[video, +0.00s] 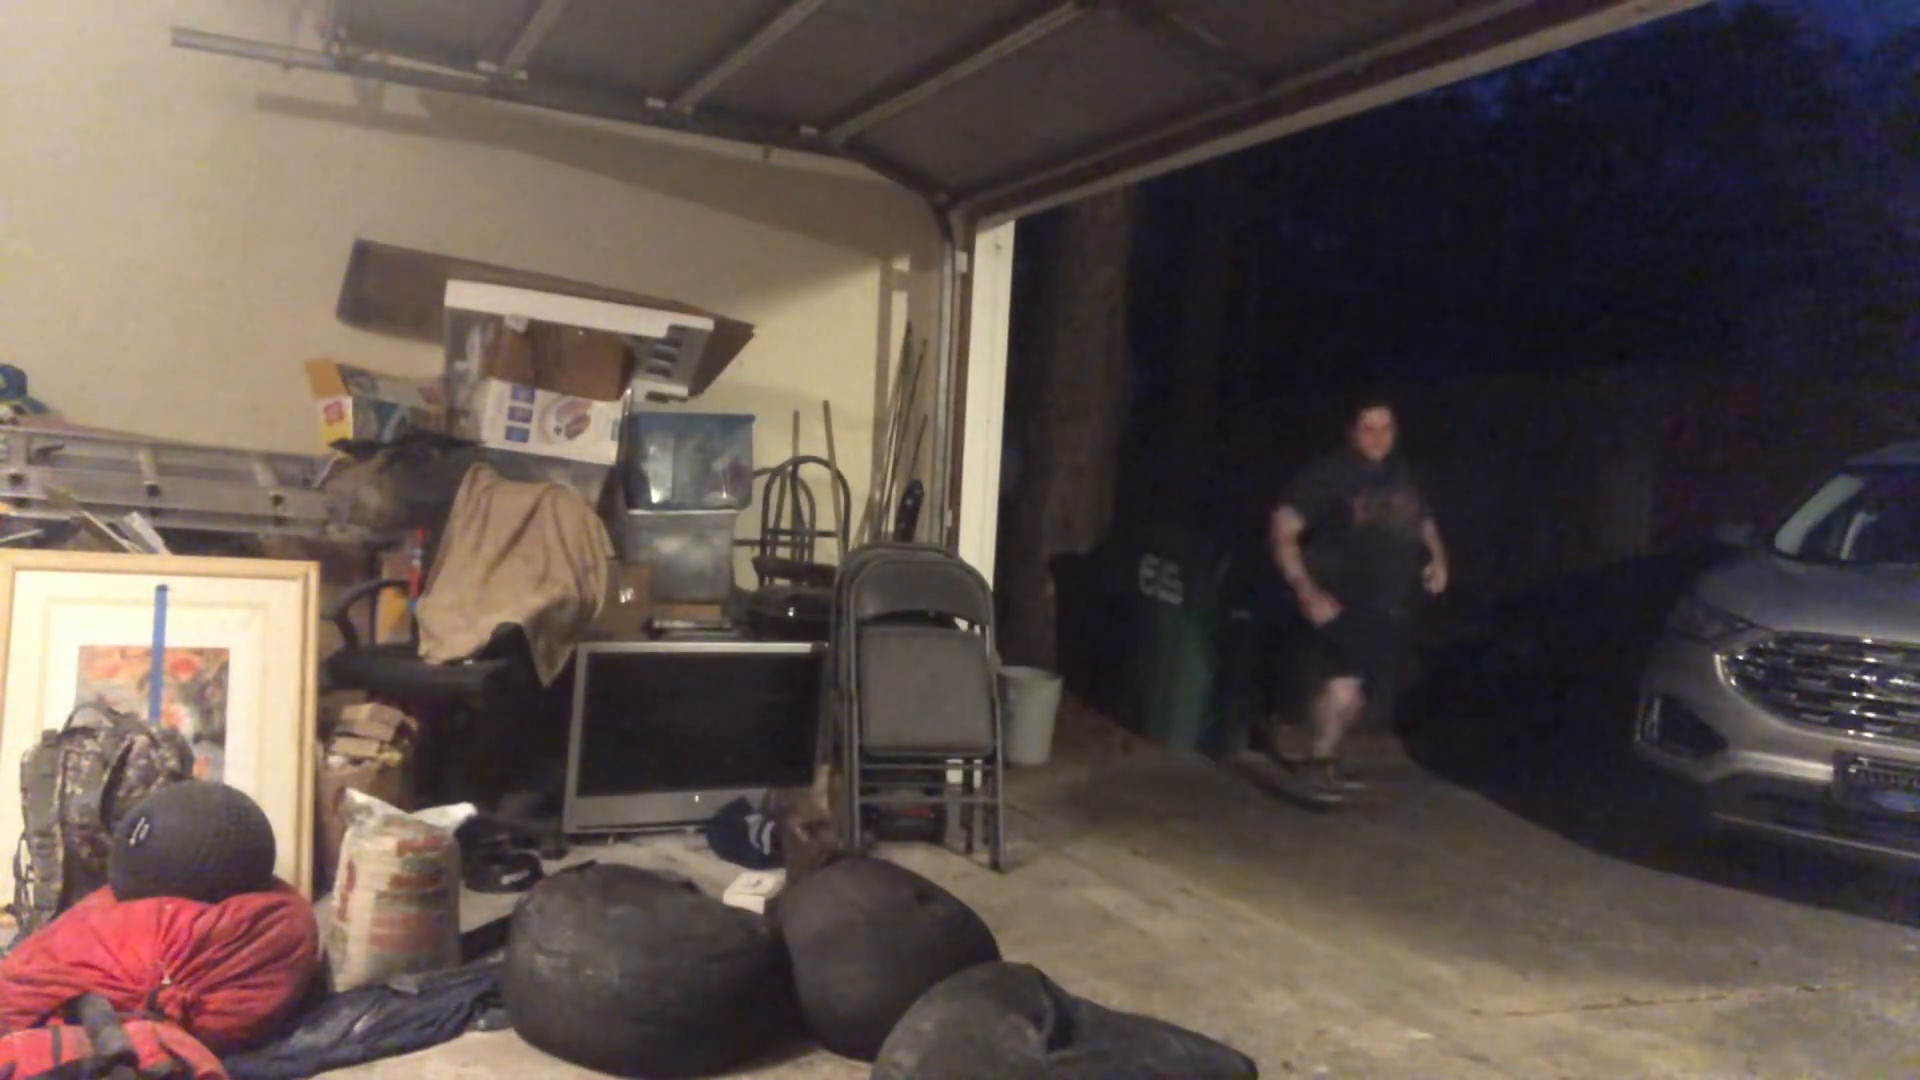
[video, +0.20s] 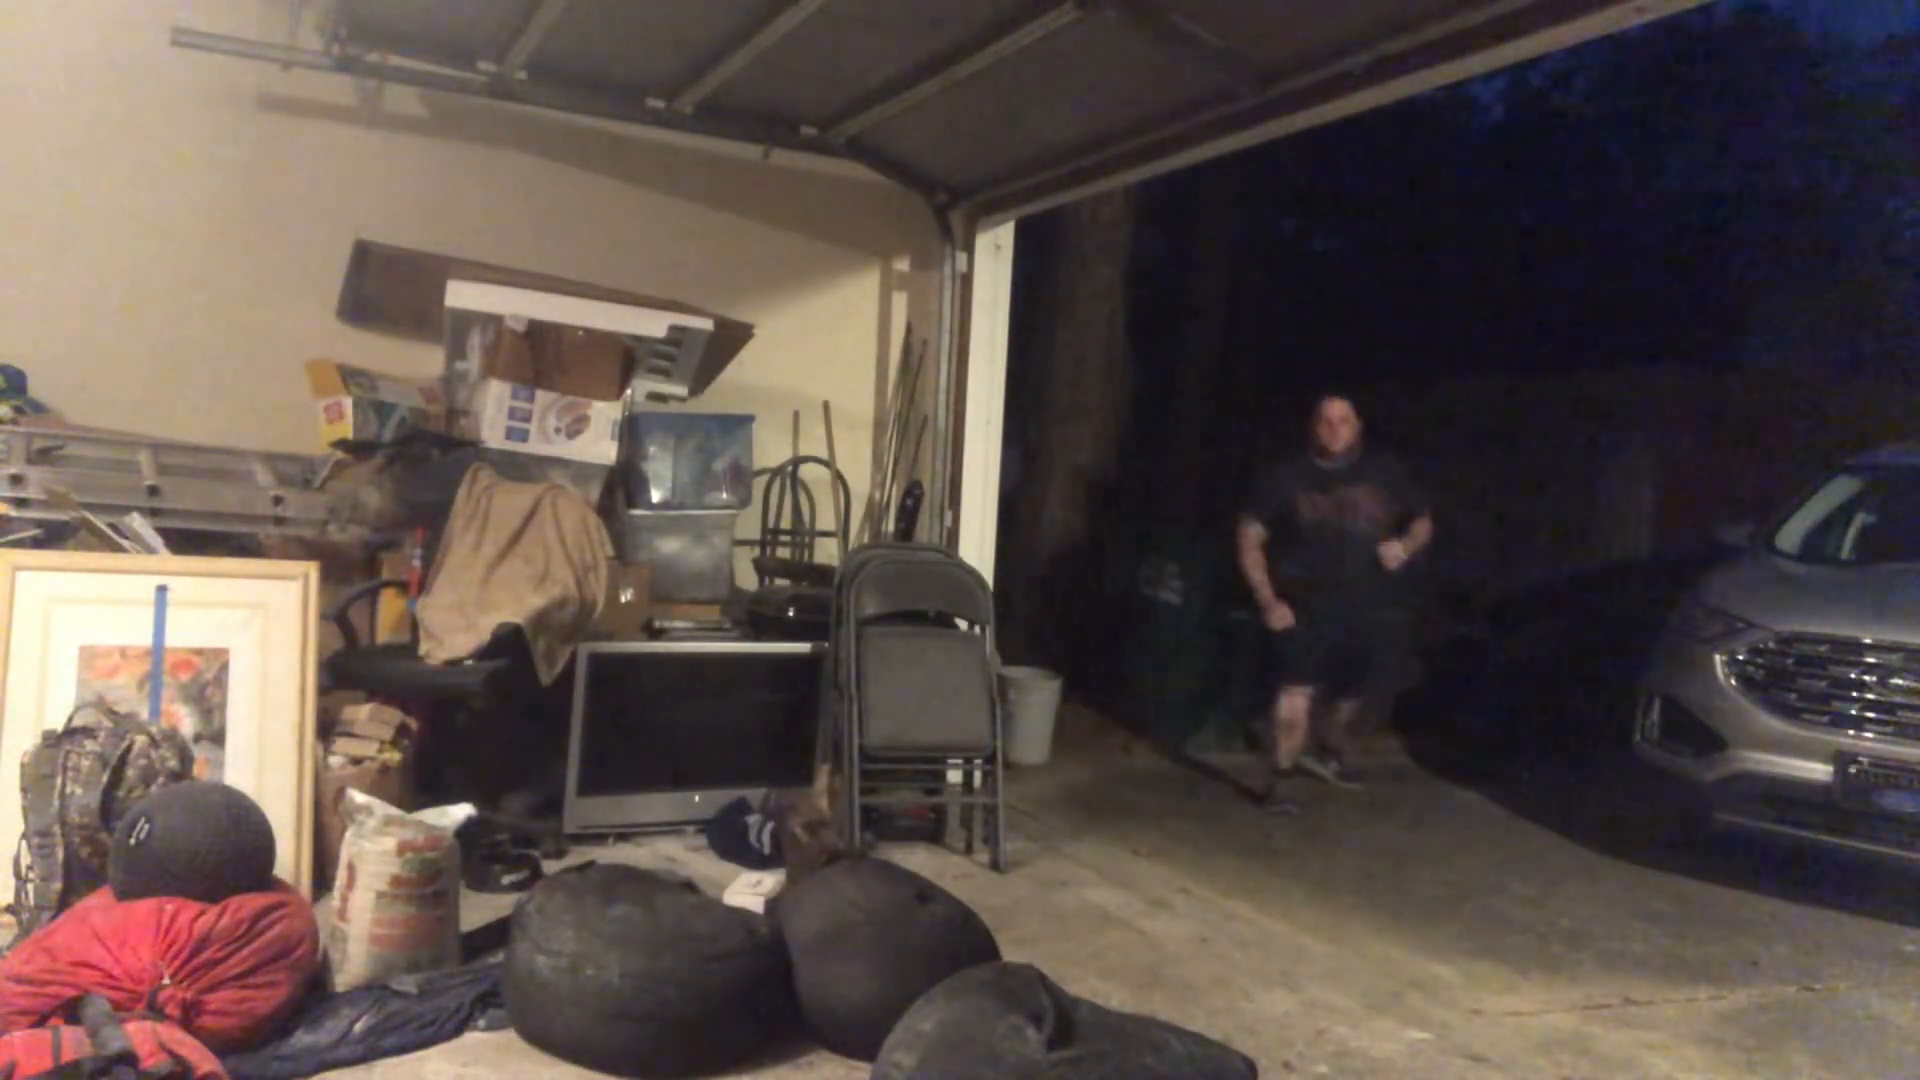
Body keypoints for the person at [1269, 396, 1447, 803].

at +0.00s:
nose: (1377, 438)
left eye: (1384, 430)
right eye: (1369, 429)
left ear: (1395, 434)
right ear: (1353, 433)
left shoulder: (1401, 478)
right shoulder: (1332, 475)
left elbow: (1423, 521)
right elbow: (1284, 529)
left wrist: (1438, 561)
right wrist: (1310, 595)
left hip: (1386, 602)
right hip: (1341, 600)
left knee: (1361, 692)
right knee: (1342, 688)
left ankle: (1329, 757)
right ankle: (1321, 762)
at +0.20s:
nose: (1336, 431)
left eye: (1344, 422)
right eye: (1327, 422)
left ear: (1359, 427)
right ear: (1314, 428)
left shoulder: (1383, 475)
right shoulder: (1290, 477)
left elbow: (1423, 522)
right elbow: (1249, 537)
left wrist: (1404, 547)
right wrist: (1270, 602)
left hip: (1363, 602)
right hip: (1305, 602)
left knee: (1354, 686)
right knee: (1296, 688)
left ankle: (1331, 750)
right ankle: (1282, 776)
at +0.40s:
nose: (1317, 399)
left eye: (1326, 390)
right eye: (1308, 391)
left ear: (1341, 395)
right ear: (1294, 397)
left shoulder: (1373, 446)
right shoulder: (1266, 449)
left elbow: (1412, 500)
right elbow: (1231, 515)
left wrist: (1384, 542)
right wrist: (1241, 580)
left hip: (1351, 588)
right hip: (1286, 588)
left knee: (1347, 687)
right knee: (1281, 688)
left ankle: (1329, 765)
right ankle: (1281, 776)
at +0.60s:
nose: (1303, 415)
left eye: (1314, 405)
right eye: (1294, 405)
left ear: (1332, 410)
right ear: (1280, 410)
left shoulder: (1360, 463)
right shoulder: (1251, 462)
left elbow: (1404, 523)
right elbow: (1208, 518)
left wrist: (1391, 585)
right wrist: (1220, 570)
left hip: (1331, 596)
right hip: (1269, 596)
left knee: (1318, 692)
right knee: (1276, 693)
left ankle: (1309, 792)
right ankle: (1281, 777)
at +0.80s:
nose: (1298, 403)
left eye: (1309, 394)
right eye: (1289, 394)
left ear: (1329, 399)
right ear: (1276, 399)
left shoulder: (1360, 459)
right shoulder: (1245, 454)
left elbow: (1401, 532)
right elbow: (1201, 517)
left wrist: (1402, 609)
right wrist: (1196, 584)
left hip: (1325, 600)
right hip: (1255, 597)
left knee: (1302, 704)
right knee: (1259, 708)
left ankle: (1283, 816)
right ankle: (1280, 798)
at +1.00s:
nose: (1284, 373)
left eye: (1296, 364)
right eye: (1274, 363)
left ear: (1317, 369)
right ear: (1260, 370)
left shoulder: (1349, 427)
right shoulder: (1227, 426)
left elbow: (1399, 496)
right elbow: (1183, 495)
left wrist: (1389, 577)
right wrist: (1165, 570)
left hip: (1311, 593)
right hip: (1235, 587)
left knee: (1295, 714)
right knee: (1221, 701)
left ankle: (1280, 824)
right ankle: (1236, 802)